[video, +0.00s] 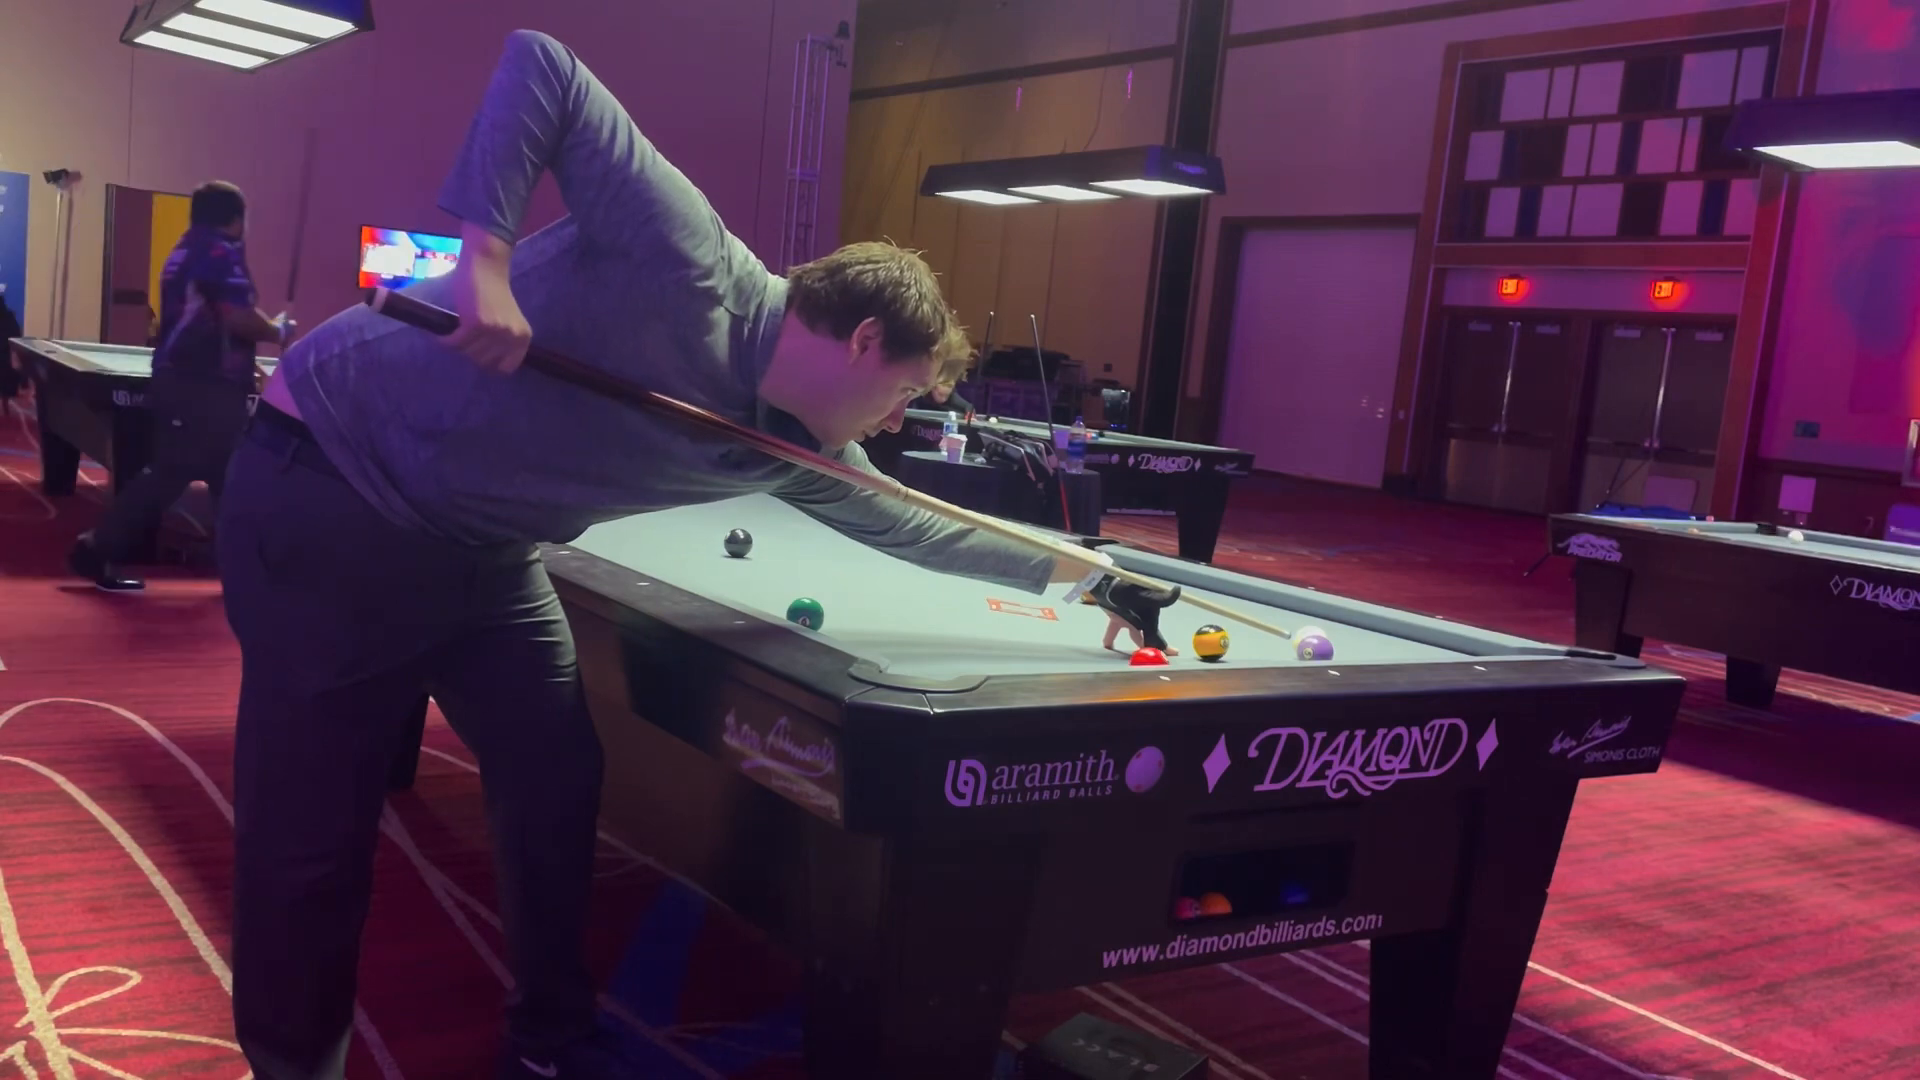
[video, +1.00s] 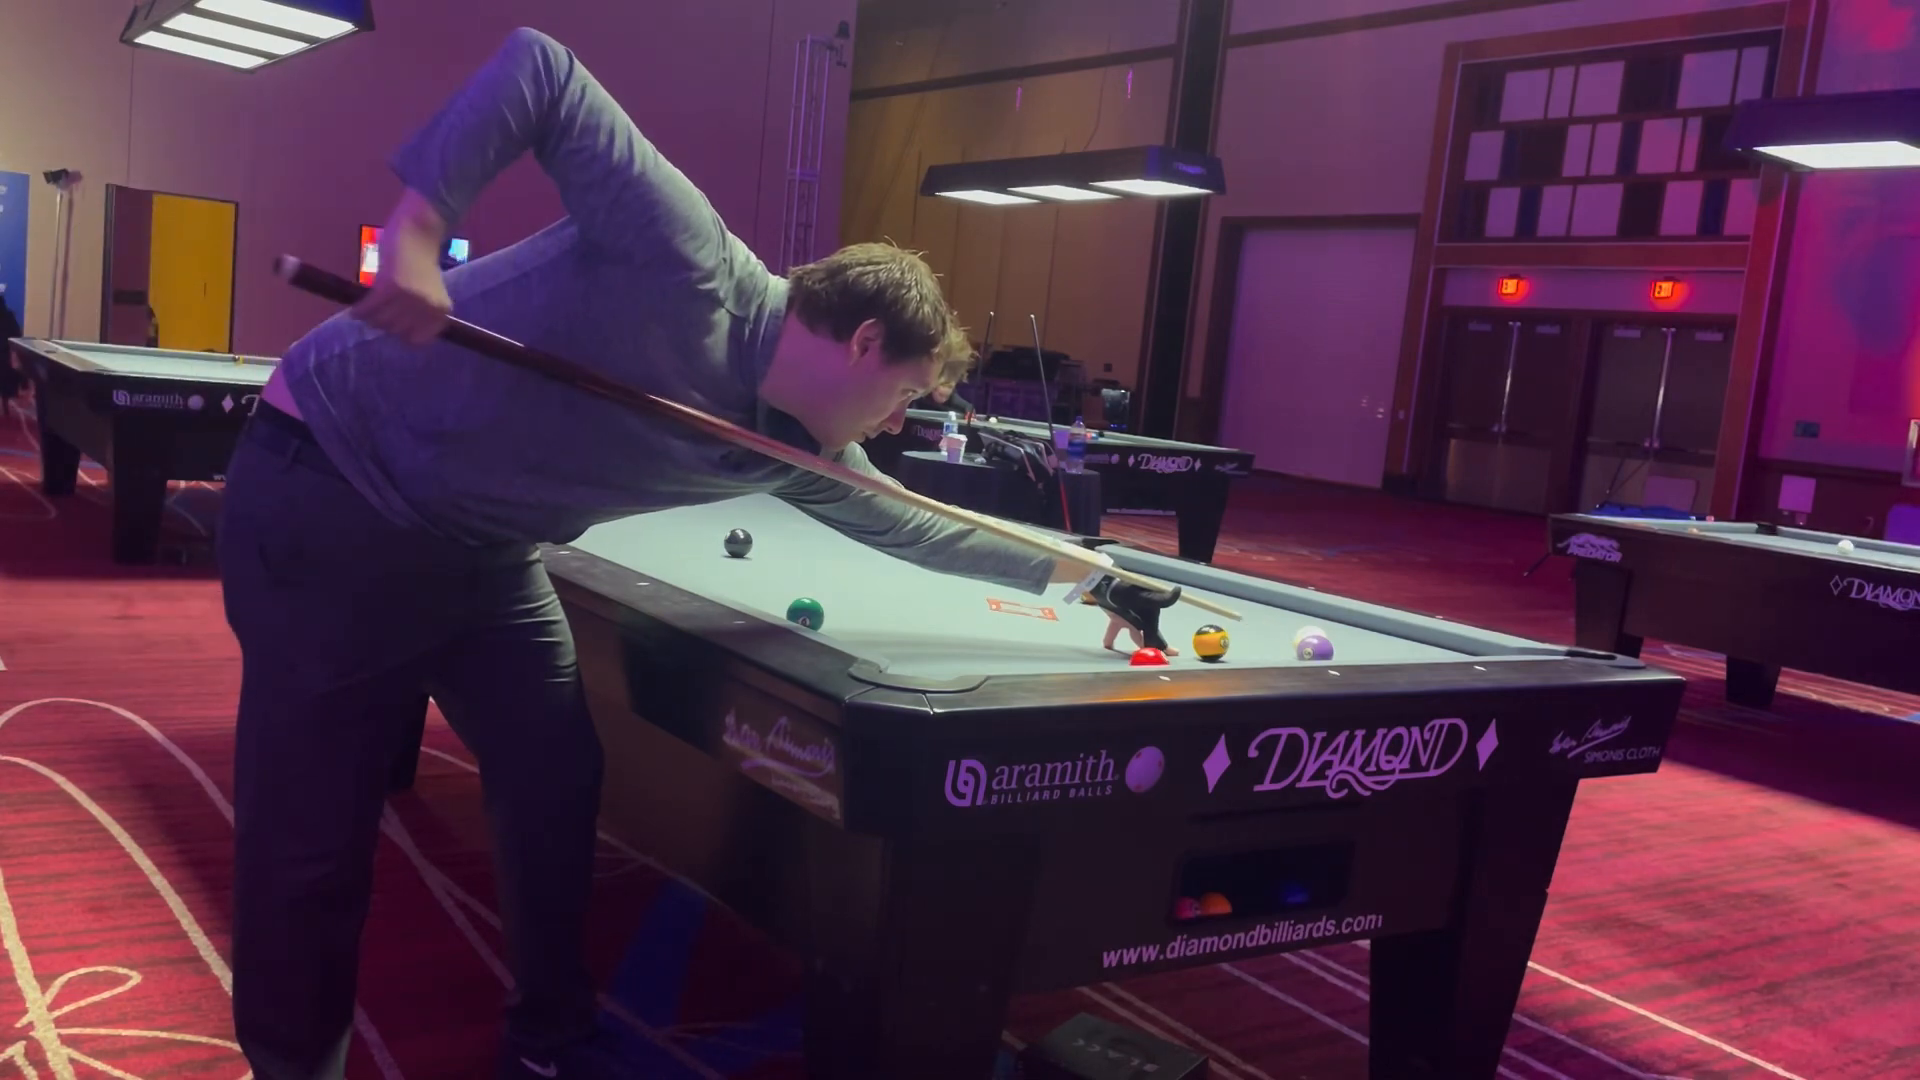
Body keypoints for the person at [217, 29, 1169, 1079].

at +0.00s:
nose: (893, 428)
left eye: (910, 410)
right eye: (903, 398)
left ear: (853, 350)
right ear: (856, 340)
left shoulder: (785, 441)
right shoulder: (684, 251)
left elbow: (913, 527)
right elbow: (542, 69)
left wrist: (1061, 563)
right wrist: (479, 252)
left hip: (483, 530)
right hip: (329, 473)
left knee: (553, 763)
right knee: (313, 819)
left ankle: (548, 1032)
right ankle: (292, 1055)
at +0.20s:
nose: (891, 429)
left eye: (909, 410)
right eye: (903, 399)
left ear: (853, 349)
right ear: (858, 340)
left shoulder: (784, 439)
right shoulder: (683, 247)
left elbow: (911, 526)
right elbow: (540, 70)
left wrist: (1062, 563)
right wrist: (481, 254)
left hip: (484, 529)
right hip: (331, 473)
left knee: (553, 767)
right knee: (312, 822)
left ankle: (548, 1034)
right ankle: (293, 1058)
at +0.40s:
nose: (891, 430)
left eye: (908, 412)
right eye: (902, 400)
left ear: (854, 350)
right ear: (858, 340)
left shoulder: (786, 440)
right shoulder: (684, 249)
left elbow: (911, 527)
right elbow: (541, 69)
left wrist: (1064, 564)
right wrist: (481, 254)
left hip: (485, 529)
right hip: (332, 473)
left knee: (553, 767)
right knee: (314, 820)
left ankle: (549, 1034)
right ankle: (293, 1058)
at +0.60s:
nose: (890, 430)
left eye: (908, 412)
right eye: (902, 400)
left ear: (854, 349)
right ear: (858, 340)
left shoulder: (784, 439)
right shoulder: (685, 249)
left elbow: (911, 526)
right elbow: (540, 69)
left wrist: (1064, 564)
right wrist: (482, 257)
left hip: (485, 531)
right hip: (332, 474)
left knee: (552, 765)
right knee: (313, 818)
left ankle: (548, 1032)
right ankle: (294, 1057)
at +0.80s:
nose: (892, 431)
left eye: (909, 412)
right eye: (903, 401)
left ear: (853, 350)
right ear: (858, 341)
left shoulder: (784, 438)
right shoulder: (684, 249)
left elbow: (911, 526)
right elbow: (540, 72)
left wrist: (1062, 563)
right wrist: (477, 258)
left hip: (485, 533)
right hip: (332, 477)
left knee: (552, 770)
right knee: (310, 826)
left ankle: (547, 1035)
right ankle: (293, 1059)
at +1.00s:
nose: (891, 431)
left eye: (909, 411)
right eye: (903, 400)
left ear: (853, 347)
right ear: (860, 340)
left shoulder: (783, 437)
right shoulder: (682, 252)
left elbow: (911, 526)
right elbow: (536, 71)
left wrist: (1067, 563)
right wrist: (414, 229)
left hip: (485, 536)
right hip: (331, 478)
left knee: (553, 763)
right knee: (311, 826)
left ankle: (547, 1033)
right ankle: (294, 1056)